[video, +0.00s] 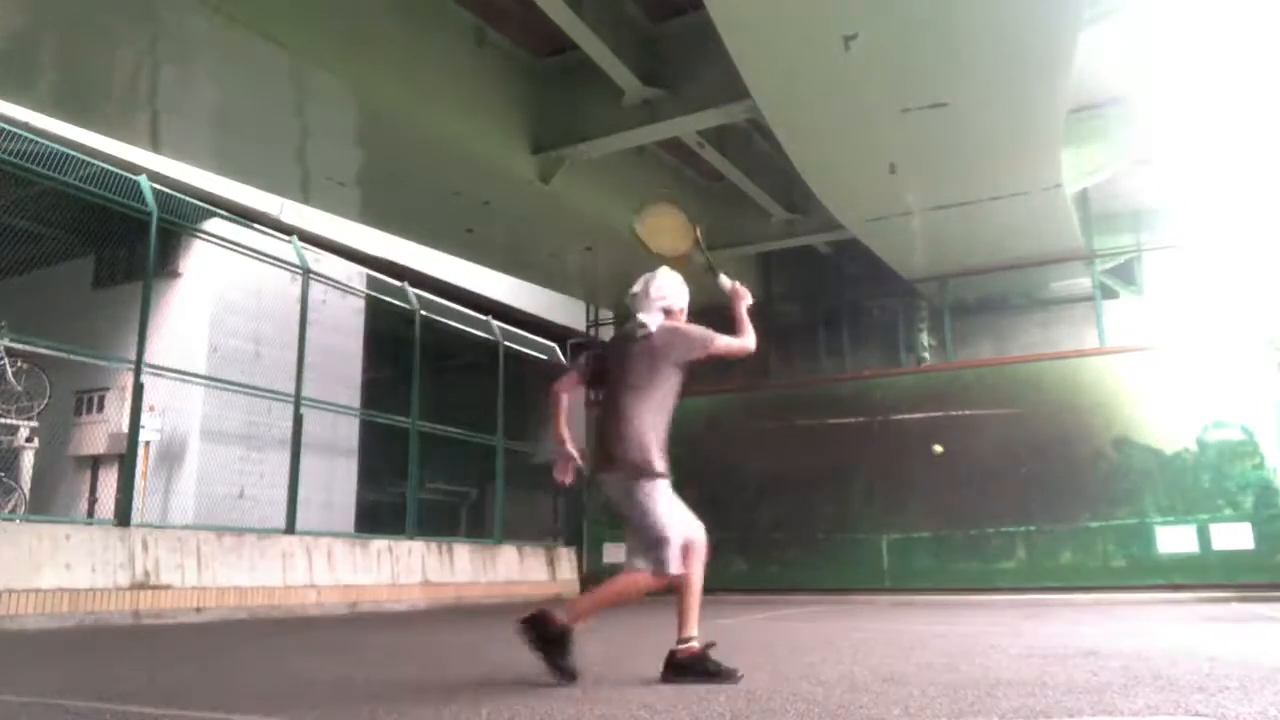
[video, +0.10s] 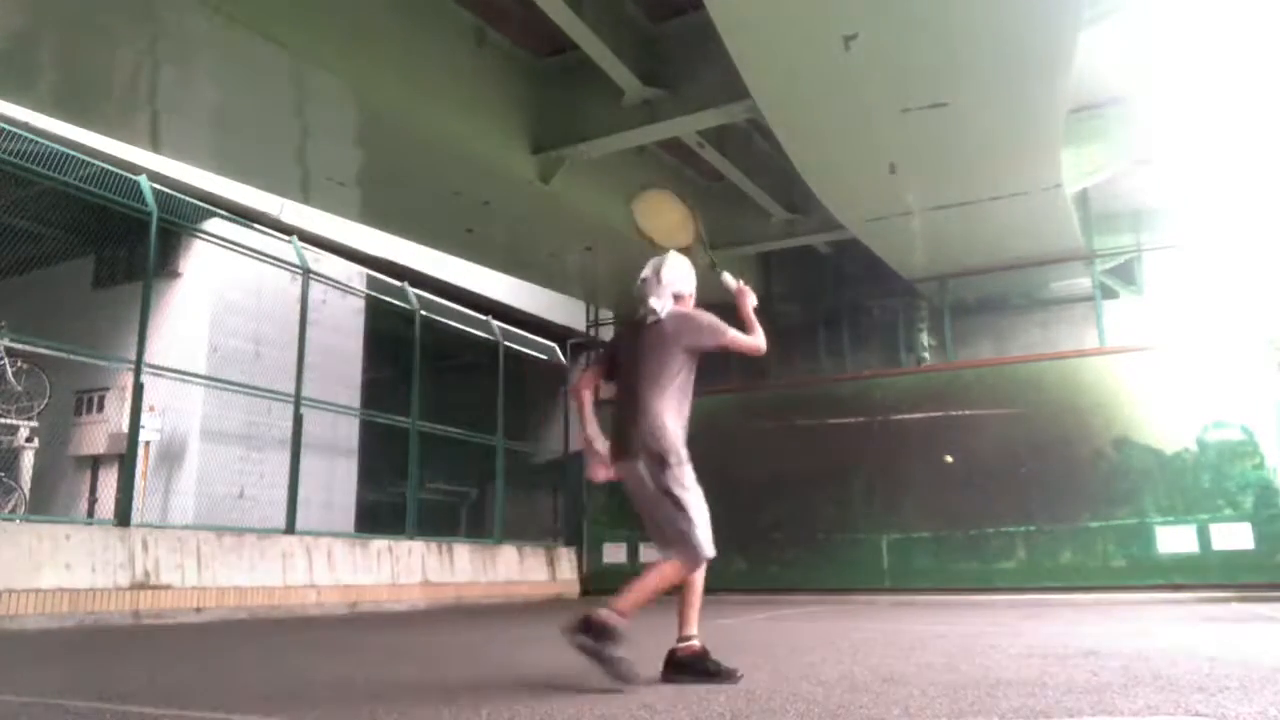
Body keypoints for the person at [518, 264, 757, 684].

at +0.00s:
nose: (686, 315)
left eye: (685, 309)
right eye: (684, 309)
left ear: (642, 307)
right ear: (674, 309)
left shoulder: (613, 348)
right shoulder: (675, 337)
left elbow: (561, 388)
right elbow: (746, 345)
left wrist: (565, 446)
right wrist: (742, 306)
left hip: (616, 470)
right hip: (642, 470)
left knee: (694, 540)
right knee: (663, 568)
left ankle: (687, 648)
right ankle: (555, 622)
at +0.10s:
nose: (694, 299)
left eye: (692, 293)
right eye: (692, 293)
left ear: (651, 293)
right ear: (683, 293)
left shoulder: (630, 335)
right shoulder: (686, 322)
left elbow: (583, 385)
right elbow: (757, 344)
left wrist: (594, 446)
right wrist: (747, 308)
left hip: (632, 452)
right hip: (661, 450)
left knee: (694, 550)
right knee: (693, 551)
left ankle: (687, 648)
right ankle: (604, 622)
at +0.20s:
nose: (698, 282)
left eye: (694, 276)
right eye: (697, 275)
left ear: (653, 275)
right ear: (690, 276)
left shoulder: (632, 317)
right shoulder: (698, 307)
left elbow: (603, 375)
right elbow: (758, 355)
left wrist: (625, 414)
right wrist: (754, 324)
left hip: (637, 438)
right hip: (676, 434)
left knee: (681, 542)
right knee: (707, 537)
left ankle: (688, 644)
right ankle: (657, 632)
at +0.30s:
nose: (699, 272)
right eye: (699, 265)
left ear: (655, 264)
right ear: (696, 266)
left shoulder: (634, 311)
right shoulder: (705, 304)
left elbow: (612, 379)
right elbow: (751, 366)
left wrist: (642, 395)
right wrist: (755, 348)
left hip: (642, 432)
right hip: (686, 427)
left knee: (677, 541)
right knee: (711, 538)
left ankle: (683, 644)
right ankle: (713, 642)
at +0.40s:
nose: (706, 274)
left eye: (697, 267)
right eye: (706, 268)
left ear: (663, 265)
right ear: (700, 268)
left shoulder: (636, 312)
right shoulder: (712, 304)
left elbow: (616, 385)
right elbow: (749, 378)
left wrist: (650, 390)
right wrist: (742, 388)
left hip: (643, 436)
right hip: (689, 433)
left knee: (678, 543)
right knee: (714, 544)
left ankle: (683, 646)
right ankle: (724, 657)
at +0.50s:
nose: (700, 266)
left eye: (681, 257)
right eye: (703, 259)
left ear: (665, 264)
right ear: (705, 265)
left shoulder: (638, 313)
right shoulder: (721, 308)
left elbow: (619, 386)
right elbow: (753, 378)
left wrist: (649, 386)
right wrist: (736, 406)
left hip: (646, 437)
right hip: (697, 434)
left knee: (670, 543)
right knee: (716, 546)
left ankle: (681, 648)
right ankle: (722, 659)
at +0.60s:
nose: (681, 257)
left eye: (672, 250)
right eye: (692, 250)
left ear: (662, 257)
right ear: (702, 256)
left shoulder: (640, 304)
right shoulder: (721, 304)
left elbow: (620, 374)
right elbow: (749, 378)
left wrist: (648, 406)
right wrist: (715, 416)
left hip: (646, 429)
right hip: (699, 428)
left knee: (658, 542)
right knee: (713, 543)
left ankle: (670, 646)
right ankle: (721, 658)